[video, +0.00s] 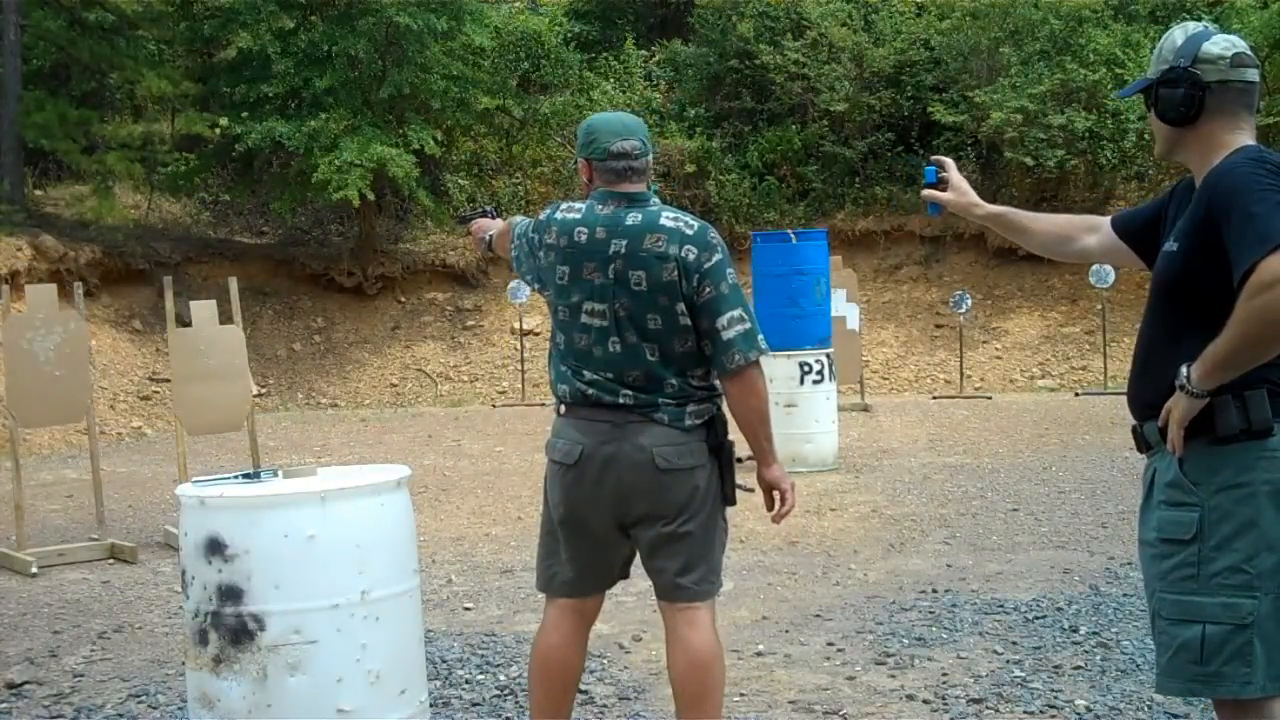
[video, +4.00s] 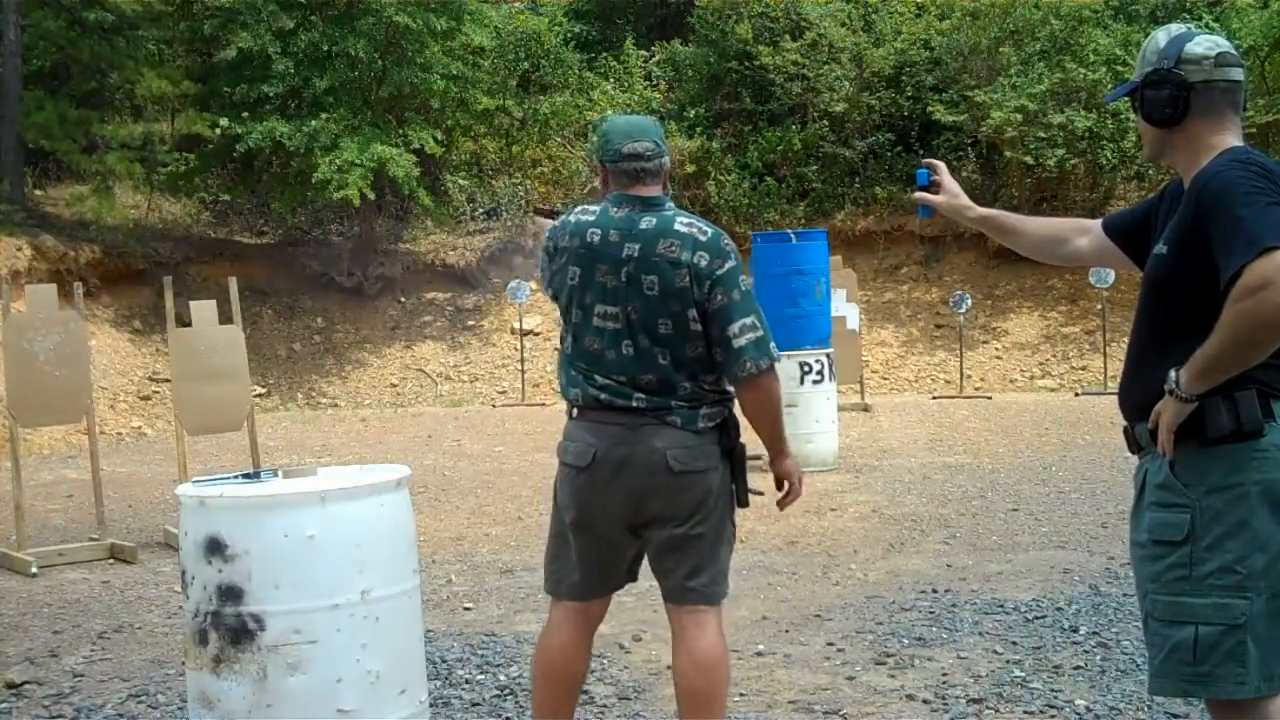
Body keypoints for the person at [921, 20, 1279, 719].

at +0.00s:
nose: (1150, 116)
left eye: (1154, 101)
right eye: (1151, 102)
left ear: (1179, 102)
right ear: (1232, 99)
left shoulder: (1246, 179)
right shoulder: (1196, 194)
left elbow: (1273, 284)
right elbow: (1091, 236)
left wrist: (1197, 382)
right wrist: (978, 209)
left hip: (1230, 462)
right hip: (1210, 456)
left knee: (1244, 693)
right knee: (1241, 687)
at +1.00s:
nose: (1146, 115)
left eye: (1151, 101)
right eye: (1147, 101)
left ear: (1176, 103)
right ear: (1225, 101)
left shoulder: (1243, 179)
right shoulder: (1189, 197)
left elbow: (1273, 284)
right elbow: (1084, 237)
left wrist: (1193, 383)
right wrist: (975, 212)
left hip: (1223, 463)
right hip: (1204, 459)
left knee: (1242, 691)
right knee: (1240, 685)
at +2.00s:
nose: (1145, 115)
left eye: (1150, 100)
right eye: (1146, 101)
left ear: (1177, 102)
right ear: (1223, 101)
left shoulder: (1242, 181)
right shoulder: (1191, 197)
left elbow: (1274, 283)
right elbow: (1084, 238)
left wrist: (1194, 381)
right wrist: (974, 213)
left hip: (1224, 462)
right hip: (1205, 457)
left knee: (1242, 692)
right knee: (1241, 685)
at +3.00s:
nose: (1139, 117)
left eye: (1143, 102)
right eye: (1139, 103)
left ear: (1167, 103)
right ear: (1223, 101)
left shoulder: (1234, 180)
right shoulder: (1183, 196)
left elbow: (1270, 286)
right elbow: (1081, 239)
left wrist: (1184, 385)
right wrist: (969, 214)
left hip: (1224, 463)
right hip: (1209, 459)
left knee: (1241, 694)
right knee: (1241, 687)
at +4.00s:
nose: (1137, 117)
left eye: (1142, 102)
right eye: (1138, 102)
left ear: (1169, 103)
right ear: (1218, 102)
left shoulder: (1234, 181)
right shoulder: (1186, 195)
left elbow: (1270, 288)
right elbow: (1082, 239)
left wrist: (1184, 388)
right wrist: (970, 213)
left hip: (1221, 462)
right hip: (1210, 456)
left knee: (1238, 693)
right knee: (1242, 686)